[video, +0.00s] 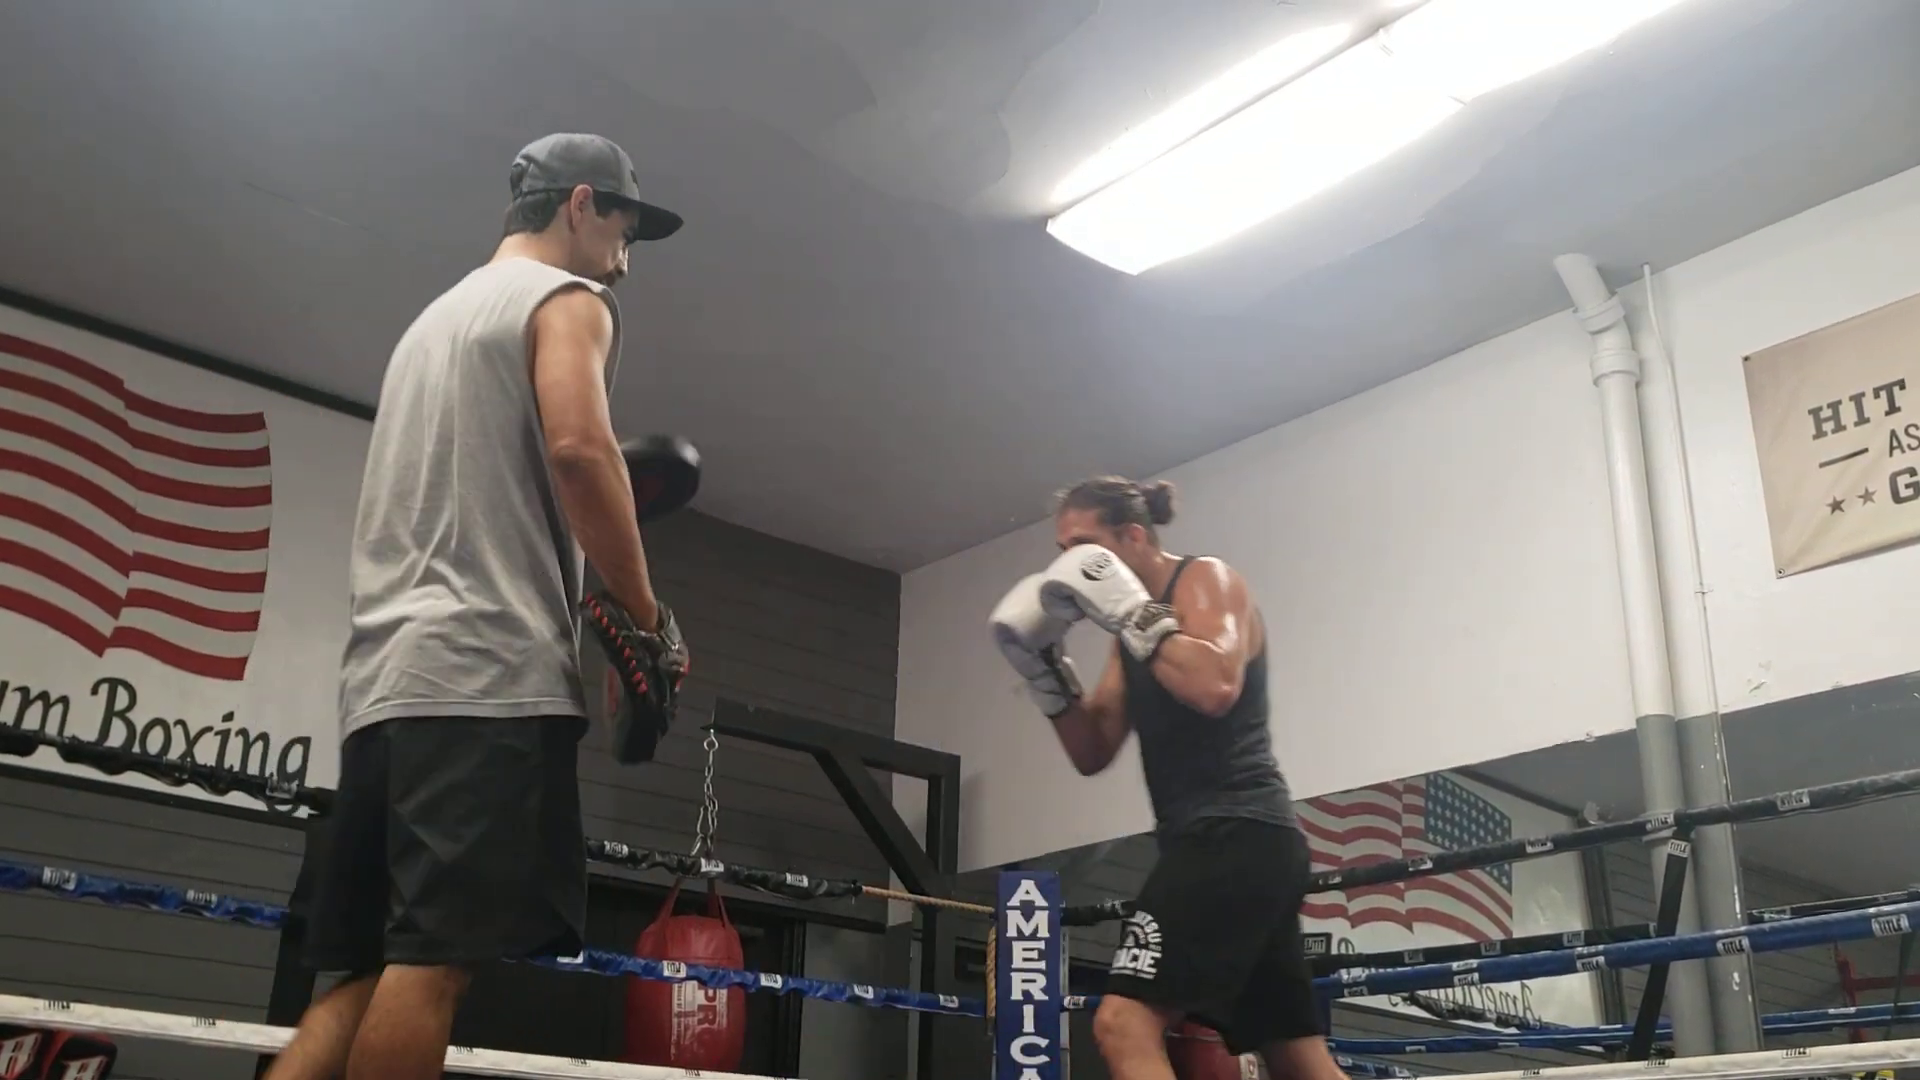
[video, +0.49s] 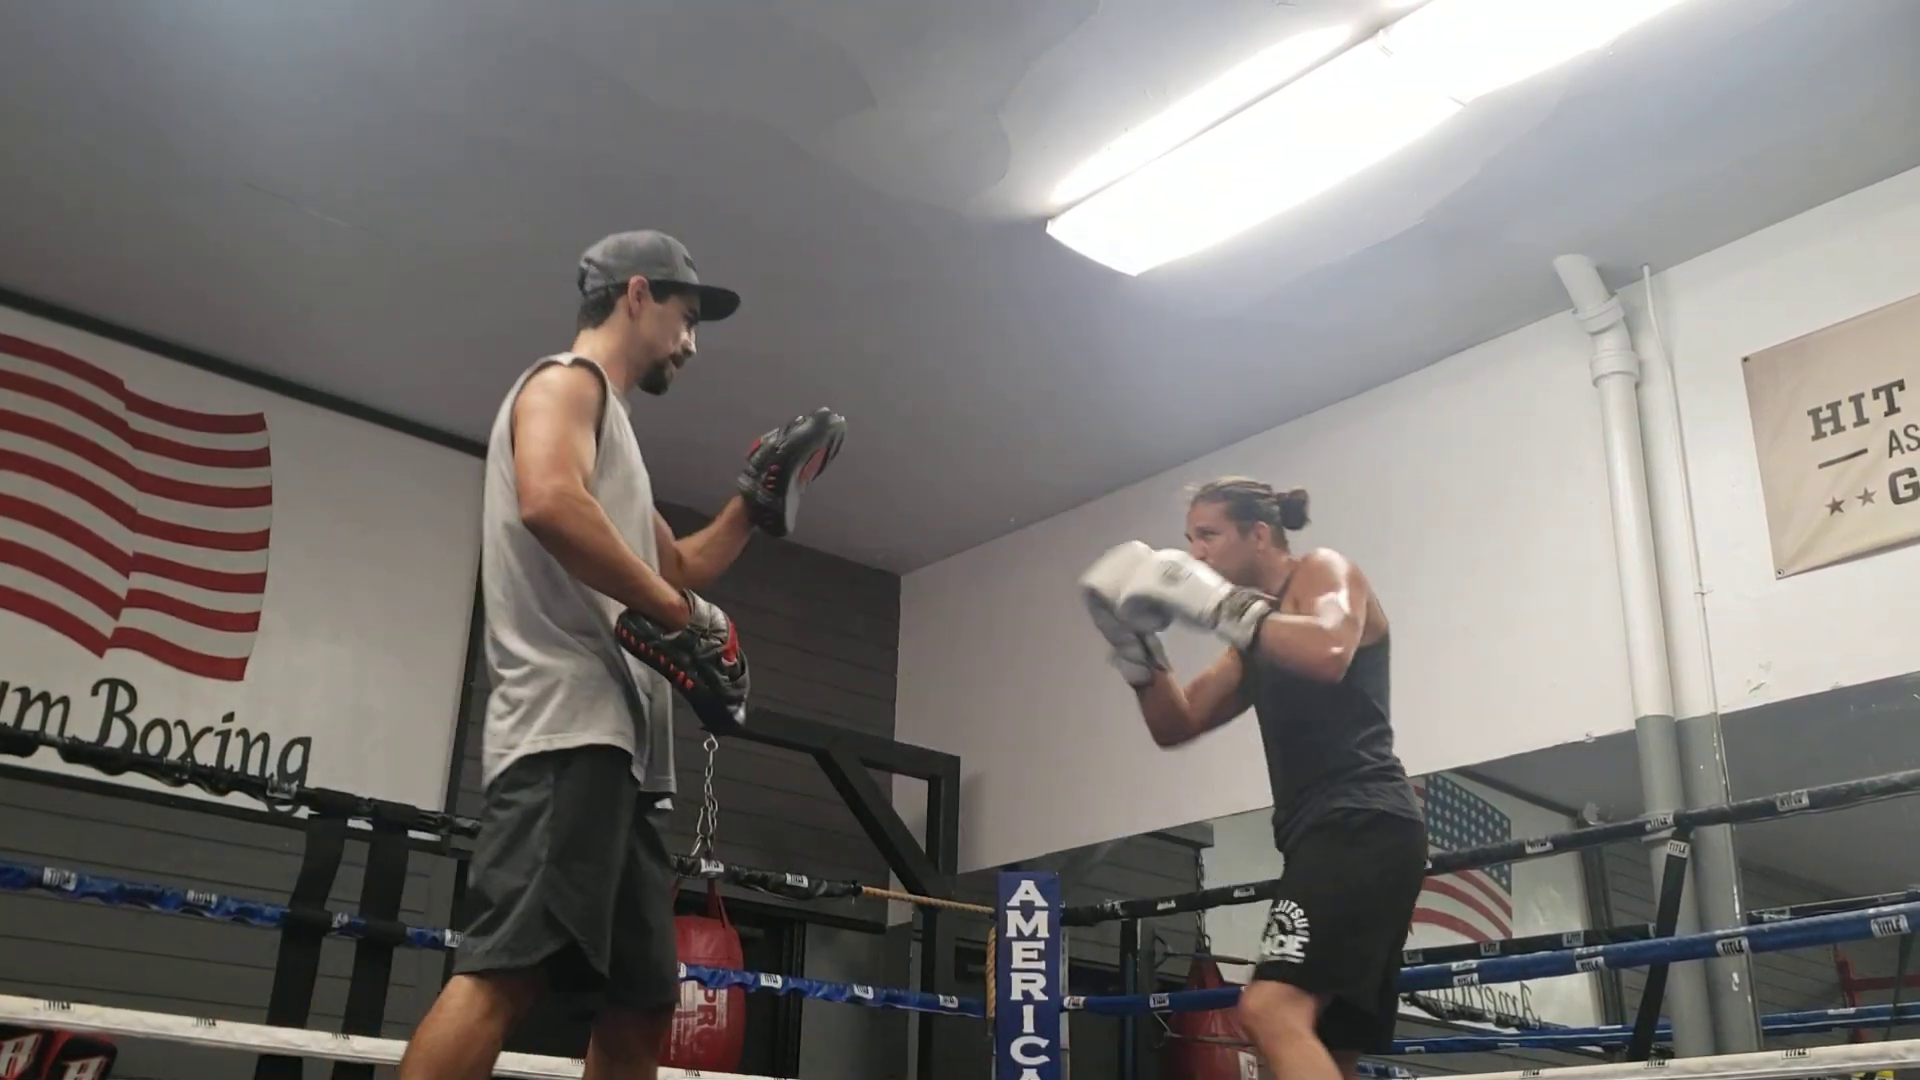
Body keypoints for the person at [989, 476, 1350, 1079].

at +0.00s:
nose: (1076, 567)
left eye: (1084, 547)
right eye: (1069, 553)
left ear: (1133, 537)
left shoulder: (1208, 578)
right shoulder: (1136, 630)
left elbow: (1215, 686)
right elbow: (1092, 751)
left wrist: (1131, 610)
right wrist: (1043, 668)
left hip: (1235, 839)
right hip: (1213, 841)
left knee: (1124, 1024)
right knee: (1300, 1057)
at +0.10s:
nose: (1115, 580)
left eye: (1123, 561)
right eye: (1108, 567)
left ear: (1170, 550)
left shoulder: (1241, 580)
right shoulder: (1183, 649)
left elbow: (1271, 686)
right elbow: (1150, 770)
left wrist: (1173, 618)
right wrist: (1095, 685)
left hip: (1275, 838)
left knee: (1160, 1021)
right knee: (1326, 1056)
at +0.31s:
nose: (1167, 573)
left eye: (1177, 551)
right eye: (1161, 558)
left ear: (1231, 544)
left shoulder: (1290, 569)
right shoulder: (1239, 653)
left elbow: (1343, 657)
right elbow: (1202, 765)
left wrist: (1240, 604)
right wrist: (1148, 680)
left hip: (1328, 816)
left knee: (1225, 993)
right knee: (1348, 1058)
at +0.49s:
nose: (1194, 552)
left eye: (1207, 536)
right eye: (1191, 540)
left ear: (1259, 534)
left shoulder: (1323, 569)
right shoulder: (1260, 640)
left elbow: (1329, 653)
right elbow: (1174, 727)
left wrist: (1217, 603)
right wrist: (1133, 645)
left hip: (1360, 822)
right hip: (1323, 833)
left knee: (1271, 1008)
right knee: (1329, 1050)